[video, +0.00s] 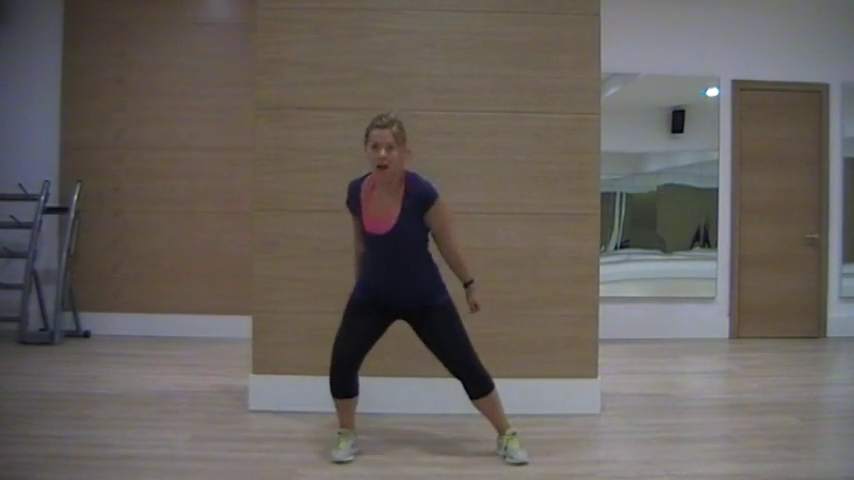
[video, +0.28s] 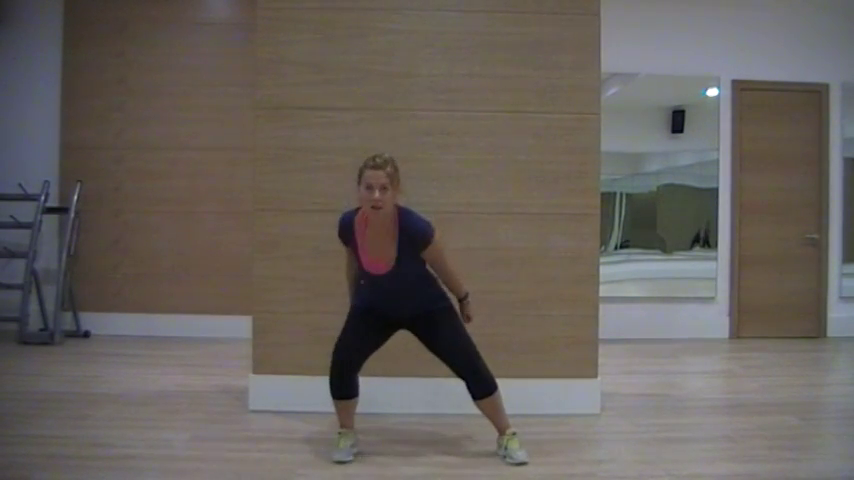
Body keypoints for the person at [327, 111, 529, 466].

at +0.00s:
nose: (382, 155)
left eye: (390, 147)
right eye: (375, 147)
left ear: (405, 152)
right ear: (366, 151)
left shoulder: (421, 192)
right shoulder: (358, 192)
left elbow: (446, 242)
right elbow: (360, 247)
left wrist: (469, 284)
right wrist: (361, 289)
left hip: (423, 295)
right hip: (374, 295)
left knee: (466, 365)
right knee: (342, 362)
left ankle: (506, 435)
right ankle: (346, 434)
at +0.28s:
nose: (375, 196)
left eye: (383, 189)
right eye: (369, 188)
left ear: (396, 192)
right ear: (358, 190)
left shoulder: (413, 227)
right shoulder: (350, 225)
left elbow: (441, 266)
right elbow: (353, 267)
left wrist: (463, 297)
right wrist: (355, 306)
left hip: (423, 305)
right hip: (375, 307)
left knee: (470, 365)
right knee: (342, 363)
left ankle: (507, 436)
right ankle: (346, 435)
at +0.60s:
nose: (401, 244)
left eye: (408, 237)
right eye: (393, 237)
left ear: (420, 238)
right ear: (380, 238)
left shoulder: (437, 264)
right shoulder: (365, 260)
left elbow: (460, 293)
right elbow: (353, 289)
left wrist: (465, 313)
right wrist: (350, 325)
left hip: (434, 316)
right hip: (383, 315)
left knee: (478, 367)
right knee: (351, 365)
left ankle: (507, 436)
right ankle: (346, 434)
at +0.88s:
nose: (440, 269)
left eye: (447, 261)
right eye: (431, 261)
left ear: (457, 260)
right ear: (417, 260)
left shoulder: (470, 281)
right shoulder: (395, 274)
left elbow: (474, 306)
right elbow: (365, 293)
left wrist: (474, 323)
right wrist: (356, 322)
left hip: (445, 320)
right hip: (393, 316)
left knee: (485, 365)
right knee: (362, 367)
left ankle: (508, 436)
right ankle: (347, 434)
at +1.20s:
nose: (483, 269)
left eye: (489, 260)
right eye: (474, 261)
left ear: (497, 256)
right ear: (458, 257)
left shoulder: (503, 274)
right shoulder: (430, 266)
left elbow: (484, 289)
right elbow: (388, 275)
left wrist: (481, 303)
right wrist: (365, 302)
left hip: (452, 314)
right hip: (402, 307)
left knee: (493, 361)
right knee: (372, 368)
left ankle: (509, 436)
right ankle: (348, 435)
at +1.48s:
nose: (500, 246)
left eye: (507, 237)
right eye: (492, 238)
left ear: (513, 235)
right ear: (474, 233)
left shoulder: (514, 251)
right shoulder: (446, 244)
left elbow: (491, 264)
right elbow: (402, 254)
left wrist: (485, 284)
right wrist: (372, 283)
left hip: (454, 298)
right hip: (405, 293)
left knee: (491, 361)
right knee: (381, 364)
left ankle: (509, 436)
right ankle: (350, 434)